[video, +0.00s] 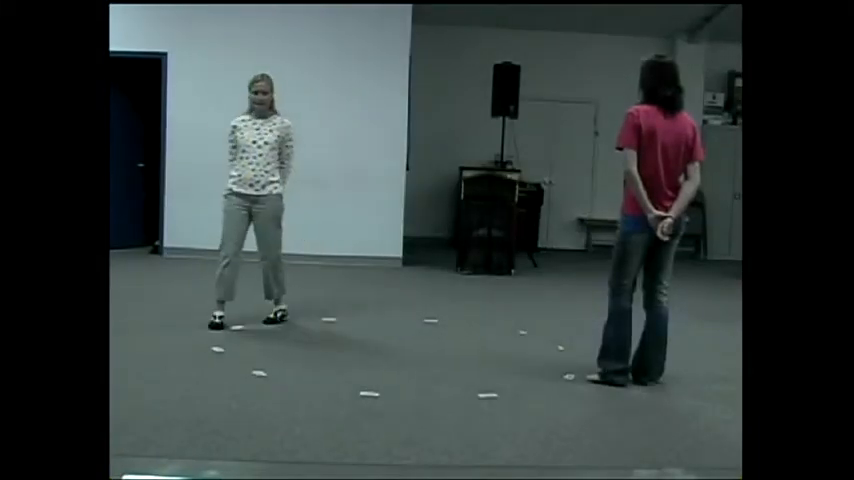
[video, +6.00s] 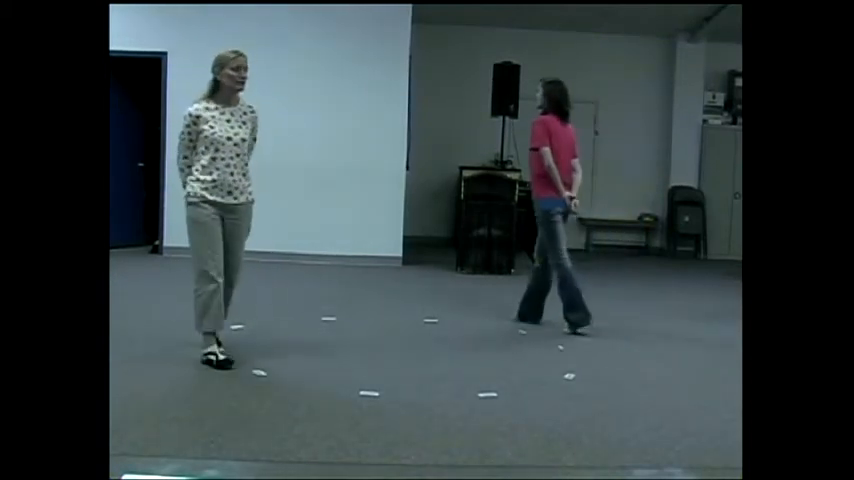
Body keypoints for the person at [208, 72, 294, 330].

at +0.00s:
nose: (260, 97)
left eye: (264, 93)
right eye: (256, 92)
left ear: (272, 95)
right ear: (249, 95)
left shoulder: (282, 126)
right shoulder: (237, 124)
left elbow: (286, 162)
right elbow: (232, 158)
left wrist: (277, 187)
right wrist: (238, 180)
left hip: (268, 195)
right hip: (237, 193)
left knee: (270, 254)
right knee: (228, 253)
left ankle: (278, 305)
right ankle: (219, 310)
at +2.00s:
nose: (236, 89)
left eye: (241, 85)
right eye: (231, 85)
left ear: (248, 88)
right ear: (224, 89)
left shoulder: (259, 121)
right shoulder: (212, 121)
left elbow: (263, 159)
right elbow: (209, 156)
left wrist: (254, 182)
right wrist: (219, 177)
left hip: (247, 193)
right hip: (216, 192)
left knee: (244, 254)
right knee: (218, 254)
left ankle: (241, 310)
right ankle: (218, 309)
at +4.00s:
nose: (234, 92)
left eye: (239, 87)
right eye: (229, 87)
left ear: (245, 91)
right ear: (221, 90)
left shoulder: (256, 123)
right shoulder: (207, 122)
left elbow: (260, 161)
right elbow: (203, 159)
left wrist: (250, 184)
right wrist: (210, 182)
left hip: (243, 198)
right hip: (210, 197)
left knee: (241, 258)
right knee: (212, 257)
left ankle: (240, 310)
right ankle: (210, 319)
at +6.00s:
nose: (241, 75)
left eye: (244, 71)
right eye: (235, 70)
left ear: (246, 76)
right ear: (218, 73)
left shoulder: (249, 115)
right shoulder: (198, 113)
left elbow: (246, 156)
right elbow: (184, 157)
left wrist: (231, 181)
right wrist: (192, 187)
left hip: (239, 200)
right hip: (204, 199)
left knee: (231, 272)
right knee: (210, 271)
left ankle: (215, 333)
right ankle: (210, 342)